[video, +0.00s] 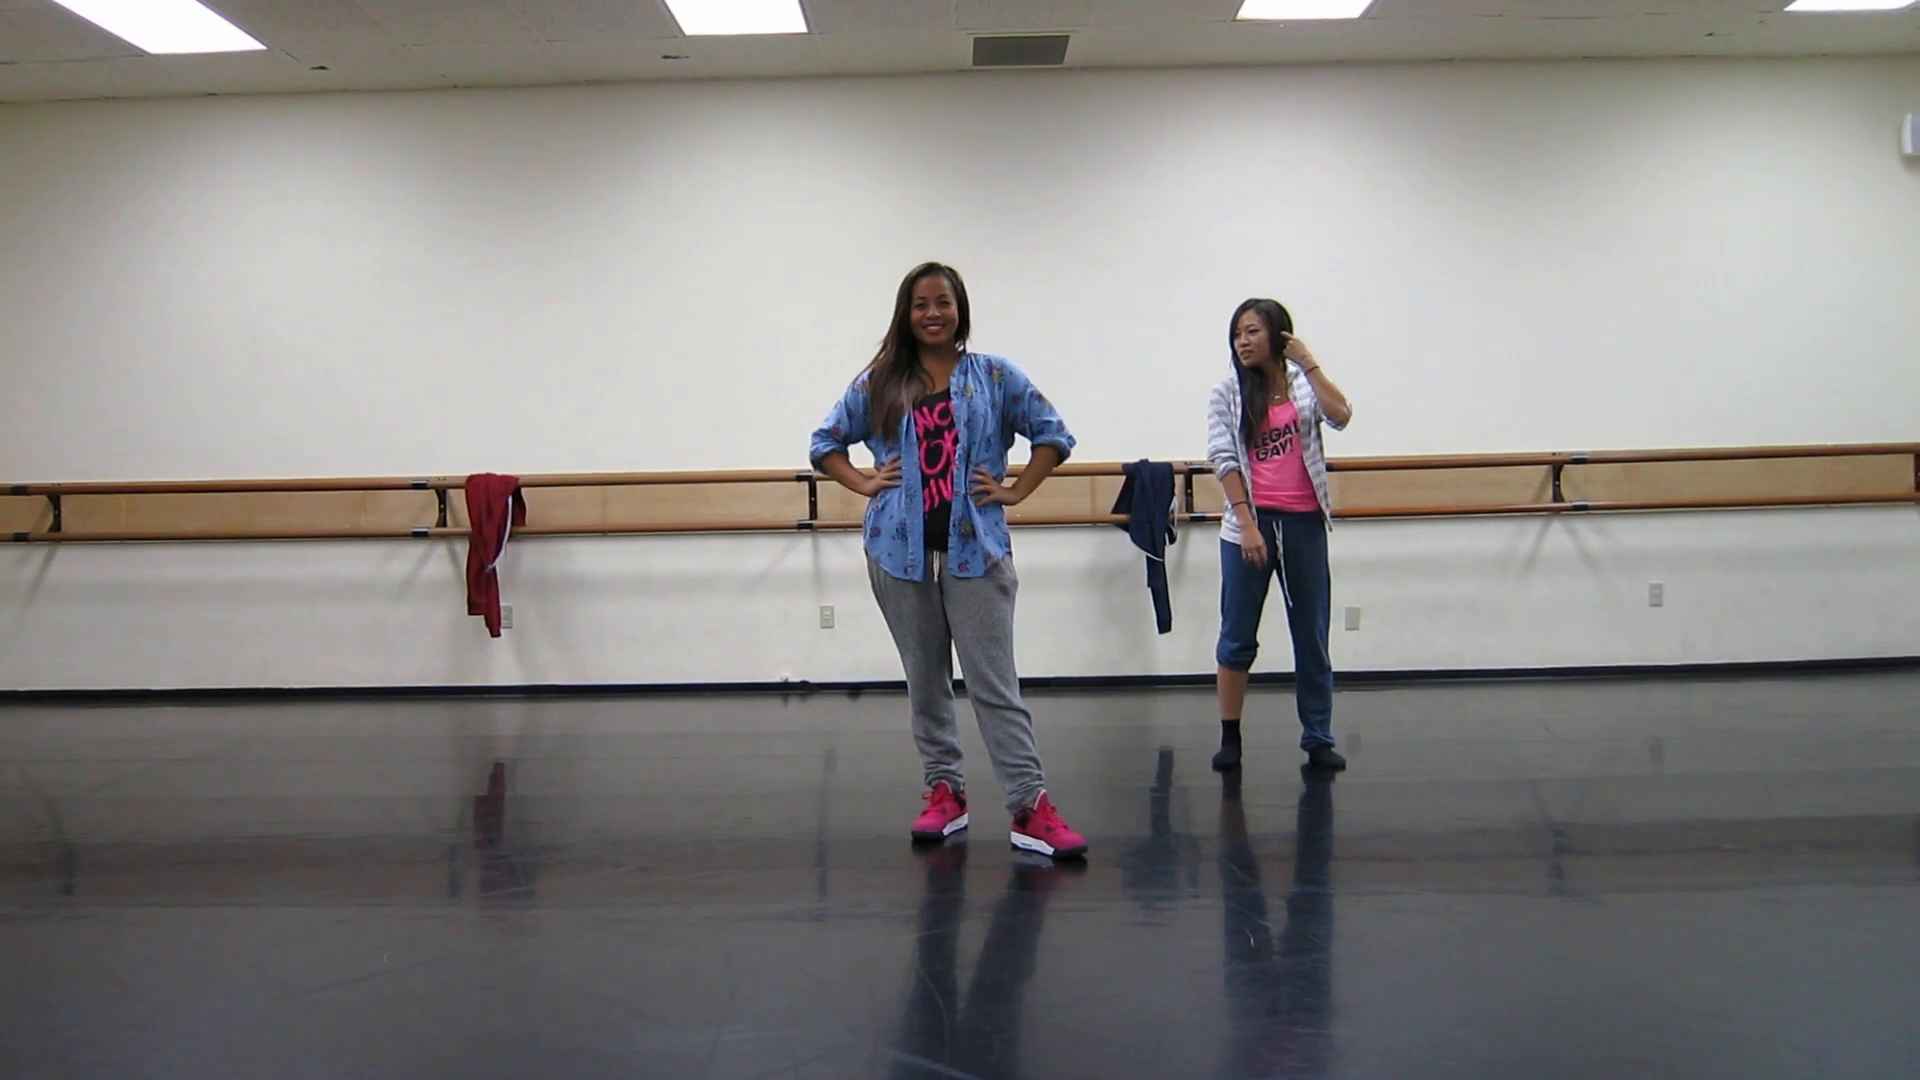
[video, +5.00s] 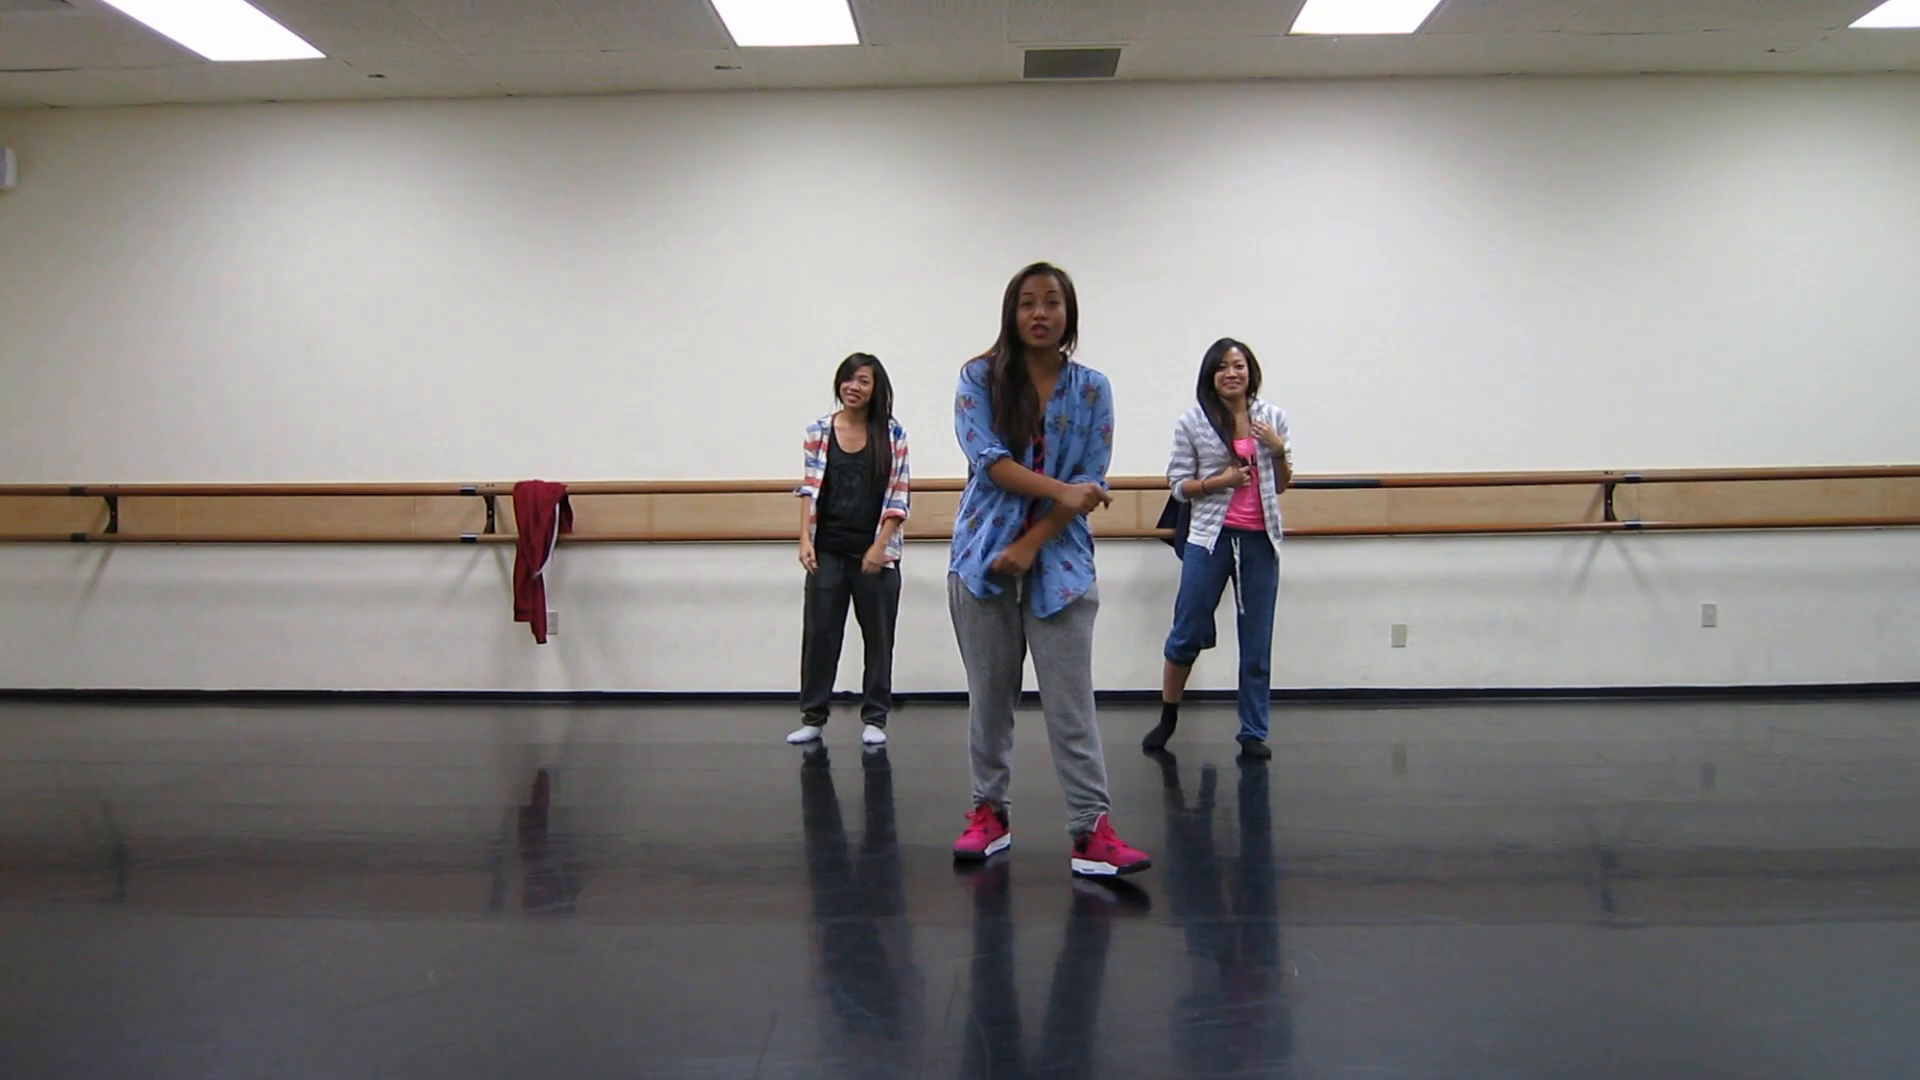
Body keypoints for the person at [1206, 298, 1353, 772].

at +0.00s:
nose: (1243, 341)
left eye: (1253, 331)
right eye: (1237, 334)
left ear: (1278, 337)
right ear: (1233, 342)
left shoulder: (1304, 383)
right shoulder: (1228, 392)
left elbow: (1340, 416)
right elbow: (1223, 460)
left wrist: (1309, 362)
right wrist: (1246, 522)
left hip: (1305, 523)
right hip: (1248, 523)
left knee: (1313, 639)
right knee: (1237, 640)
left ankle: (1319, 741)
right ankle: (1230, 738)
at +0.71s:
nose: (1270, 335)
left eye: (1280, 326)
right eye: (1262, 329)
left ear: (1300, 332)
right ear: (1253, 340)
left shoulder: (1320, 385)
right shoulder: (1239, 392)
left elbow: (1352, 454)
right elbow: (1234, 463)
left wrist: (1339, 398)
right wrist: (1257, 527)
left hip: (1316, 525)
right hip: (1260, 524)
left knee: (1324, 640)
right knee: (1248, 640)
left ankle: (1329, 742)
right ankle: (1239, 738)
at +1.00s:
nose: (1291, 334)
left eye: (1300, 325)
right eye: (1281, 328)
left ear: (1317, 332)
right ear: (1270, 338)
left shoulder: (1342, 388)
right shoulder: (1253, 393)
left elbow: (1354, 449)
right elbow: (1242, 465)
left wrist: (1358, 465)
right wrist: (1251, 530)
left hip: (1332, 524)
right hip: (1276, 523)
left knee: (1335, 638)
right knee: (1259, 637)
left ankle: (1336, 740)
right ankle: (1246, 736)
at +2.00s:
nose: (1259, 347)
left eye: (1269, 339)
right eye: (1251, 340)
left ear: (1283, 347)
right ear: (1237, 348)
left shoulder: (1300, 401)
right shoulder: (1215, 401)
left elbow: (1310, 458)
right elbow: (1206, 466)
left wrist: (1311, 491)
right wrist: (1214, 527)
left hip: (1277, 525)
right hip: (1224, 524)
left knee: (1300, 628)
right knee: (1222, 632)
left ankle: (1327, 729)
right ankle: (1226, 727)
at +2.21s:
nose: (1237, 344)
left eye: (1246, 336)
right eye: (1228, 337)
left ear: (1259, 344)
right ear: (1215, 346)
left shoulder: (1276, 396)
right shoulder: (1192, 398)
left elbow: (1288, 457)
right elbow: (1173, 464)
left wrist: (1267, 482)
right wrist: (1165, 524)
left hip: (1259, 520)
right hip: (1205, 521)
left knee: (1284, 615)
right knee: (1213, 629)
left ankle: (1275, 715)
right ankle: (1221, 725)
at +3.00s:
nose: (1242, 355)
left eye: (1249, 347)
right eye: (1232, 349)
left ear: (1261, 354)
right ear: (1220, 359)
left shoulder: (1275, 400)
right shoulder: (1206, 404)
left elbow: (1284, 463)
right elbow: (1173, 464)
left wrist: (1305, 435)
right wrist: (1196, 455)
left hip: (1263, 520)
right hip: (1219, 518)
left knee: (1256, 622)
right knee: (1224, 618)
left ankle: (1248, 712)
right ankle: (1210, 711)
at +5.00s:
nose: (1232, 373)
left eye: (1239, 366)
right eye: (1223, 367)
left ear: (1251, 372)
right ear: (1211, 376)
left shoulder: (1271, 417)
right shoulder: (1193, 422)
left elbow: (1283, 485)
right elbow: (1179, 485)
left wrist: (1278, 450)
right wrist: (1220, 481)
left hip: (1259, 536)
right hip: (1209, 535)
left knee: (1257, 643)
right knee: (1189, 631)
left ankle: (1253, 736)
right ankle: (1167, 718)